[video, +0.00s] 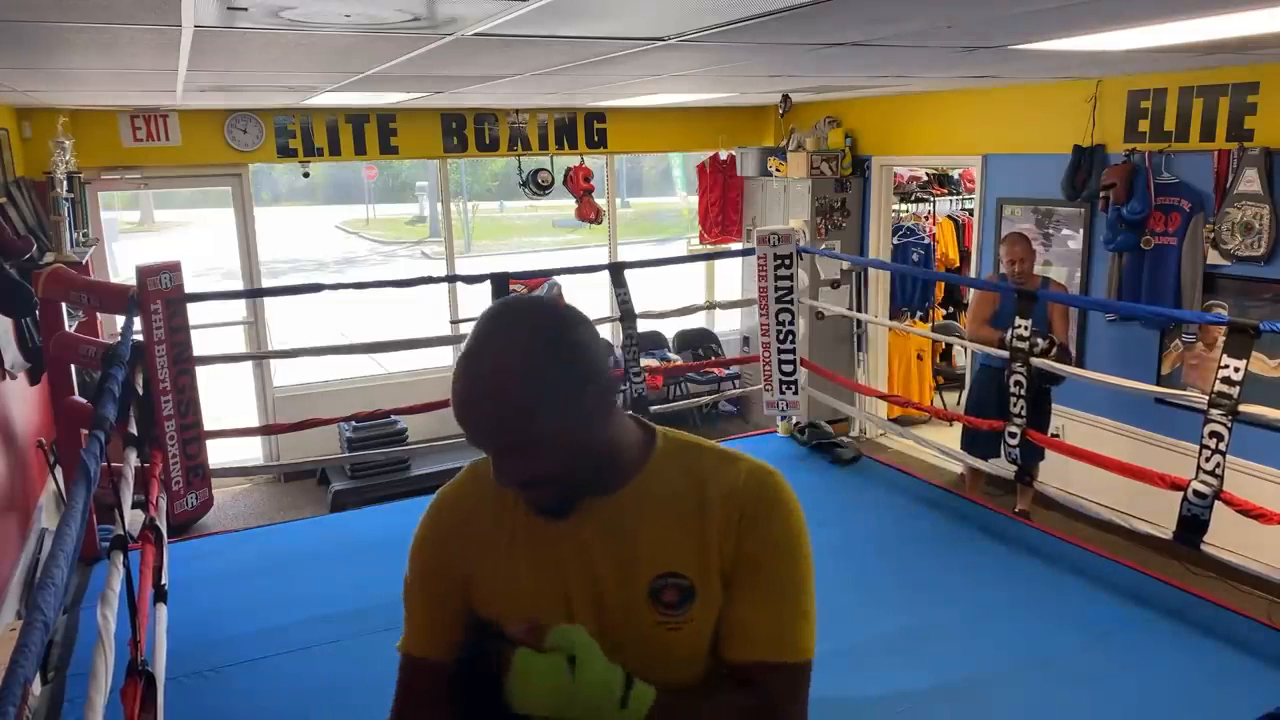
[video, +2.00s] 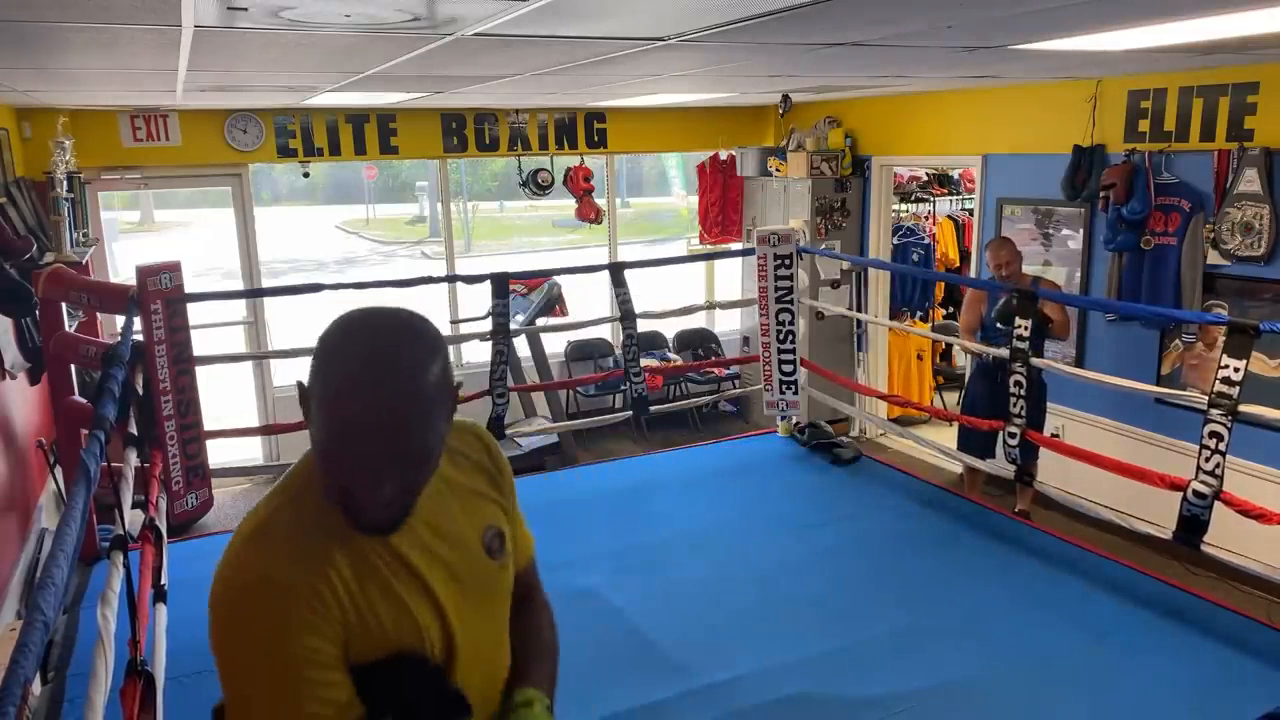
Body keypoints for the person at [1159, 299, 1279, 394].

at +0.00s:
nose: (1220, 327)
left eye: (1223, 323)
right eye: (1215, 322)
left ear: (1226, 327)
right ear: (1201, 325)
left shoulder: (1231, 350)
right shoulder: (1189, 348)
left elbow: (1270, 368)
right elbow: (1163, 370)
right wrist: (1178, 348)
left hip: (1218, 405)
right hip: (1189, 401)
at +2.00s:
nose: (1220, 327)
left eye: (1223, 323)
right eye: (1215, 322)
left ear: (1226, 327)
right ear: (1201, 325)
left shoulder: (1231, 349)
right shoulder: (1189, 348)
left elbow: (1270, 368)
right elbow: (1162, 369)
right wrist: (1181, 350)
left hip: (1218, 405)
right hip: (1189, 401)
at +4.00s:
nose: (1220, 327)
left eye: (1223, 323)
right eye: (1215, 322)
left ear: (1226, 327)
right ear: (1201, 325)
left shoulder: (1231, 349)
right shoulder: (1189, 349)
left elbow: (1270, 368)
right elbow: (1162, 369)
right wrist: (1179, 351)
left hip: (1218, 405)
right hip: (1189, 400)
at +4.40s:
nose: (1220, 325)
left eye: (1224, 321)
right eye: (1215, 320)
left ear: (1227, 326)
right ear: (1201, 324)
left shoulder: (1232, 349)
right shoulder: (1189, 348)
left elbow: (1271, 367)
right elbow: (1162, 369)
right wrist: (1180, 346)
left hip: (1220, 406)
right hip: (1190, 401)